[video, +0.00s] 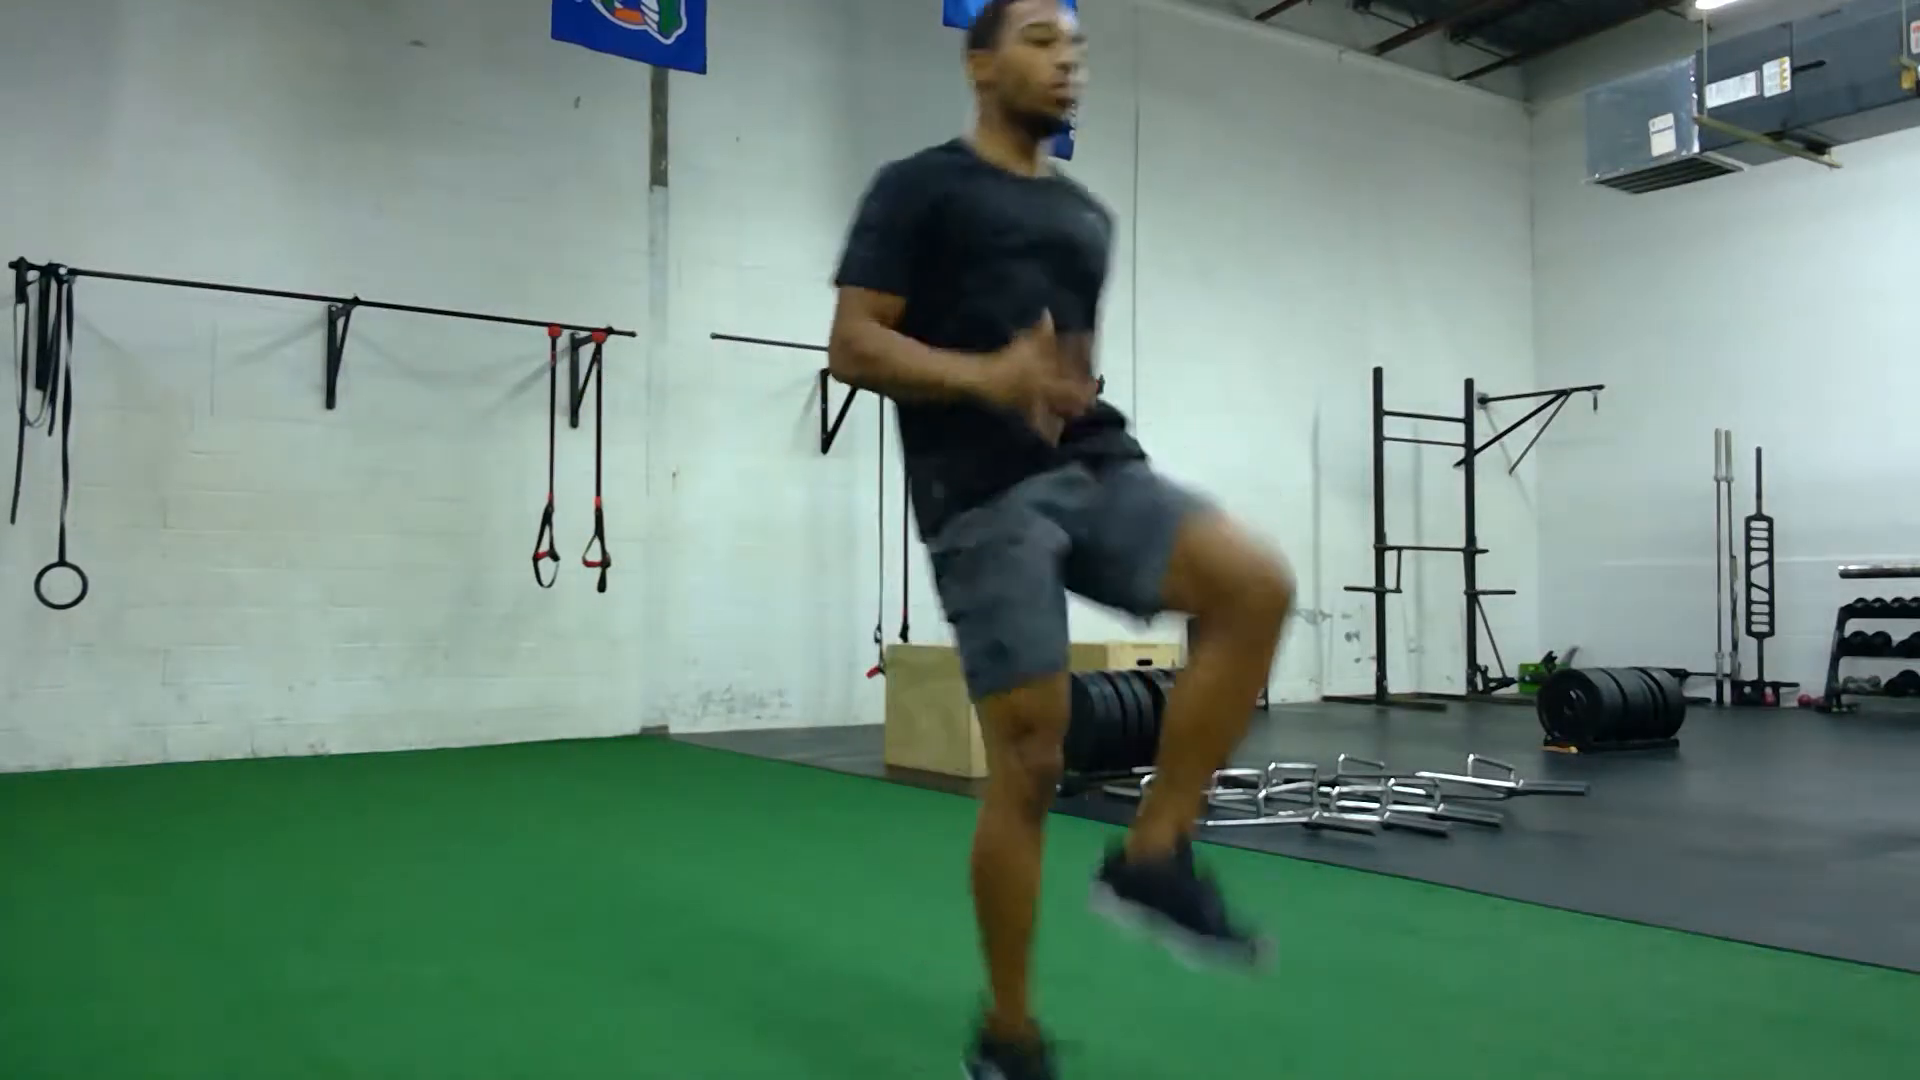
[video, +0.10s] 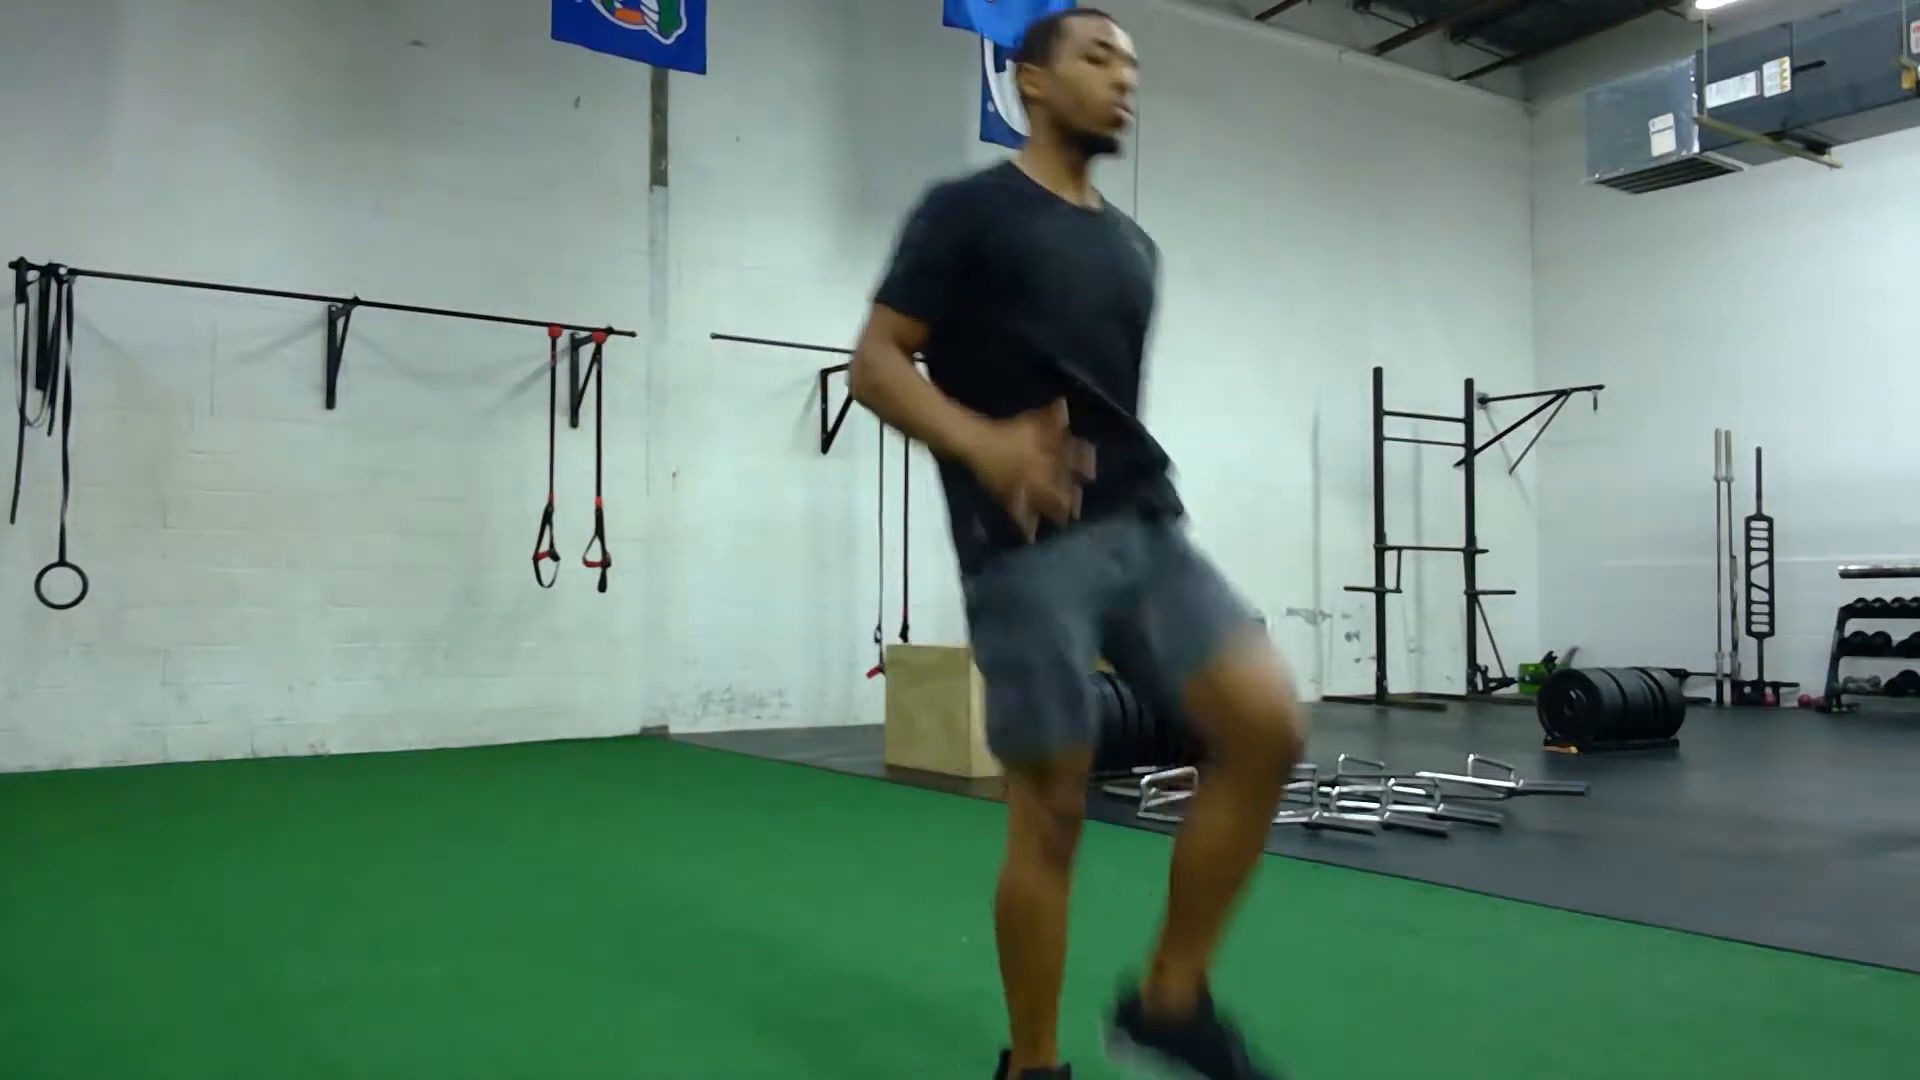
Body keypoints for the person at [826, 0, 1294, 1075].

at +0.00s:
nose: (1069, 61)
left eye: (1074, 44)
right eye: (1044, 41)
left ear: (1073, 67)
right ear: (981, 61)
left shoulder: (1083, 215)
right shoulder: (916, 188)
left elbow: (1075, 356)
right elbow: (850, 346)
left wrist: (1075, 411)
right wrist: (988, 373)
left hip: (1095, 479)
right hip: (984, 506)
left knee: (1254, 585)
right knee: (1028, 760)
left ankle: (1154, 856)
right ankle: (1009, 1031)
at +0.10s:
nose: (1127, 75)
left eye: (1130, 62)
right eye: (1100, 54)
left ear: (1125, 96)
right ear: (1030, 81)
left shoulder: (1132, 246)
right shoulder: (965, 209)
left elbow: (1098, 393)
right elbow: (872, 366)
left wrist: (1112, 481)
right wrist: (988, 444)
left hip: (1144, 532)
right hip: (1029, 551)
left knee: (1264, 727)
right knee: (1051, 812)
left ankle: (1170, 998)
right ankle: (1031, 1061)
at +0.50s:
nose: (1314, 89)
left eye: (1315, 69)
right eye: (1302, 59)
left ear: (1234, 55)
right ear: (1232, 48)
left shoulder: (1224, 197)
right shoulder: (1165, 163)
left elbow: (1285, 400)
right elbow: (1063, 327)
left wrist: (1436, 468)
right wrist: (1048, 520)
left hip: (1196, 556)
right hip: (1232, 548)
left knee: (1214, 823)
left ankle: (1179, 1048)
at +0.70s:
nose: (1360, 69)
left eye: (1356, 46)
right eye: (1354, 42)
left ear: (1248, 58)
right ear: (1319, 38)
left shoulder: (1213, 168)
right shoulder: (1304, 129)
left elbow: (1273, 400)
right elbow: (1228, 278)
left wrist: (1410, 514)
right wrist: (1283, 481)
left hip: (1211, 556)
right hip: (1319, 551)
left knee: (1248, 834)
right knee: (1394, 856)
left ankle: (1177, 1068)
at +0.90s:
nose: (1393, 35)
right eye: (1394, 26)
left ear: (1272, 40)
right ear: (1378, 21)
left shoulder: (1196, 177)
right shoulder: (1423, 113)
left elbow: (1172, 399)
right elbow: (1513, 247)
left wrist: (1196, 548)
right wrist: (1637, 464)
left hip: (1216, 541)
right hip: (1360, 537)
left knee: (1270, 820)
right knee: (1379, 858)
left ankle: (1213, 1067)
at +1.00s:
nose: (1399, 23)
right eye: (1398, 15)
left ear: (1270, 35)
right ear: (1387, 18)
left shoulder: (1205, 167)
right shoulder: (1474, 121)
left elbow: (1127, 381)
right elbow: (1599, 273)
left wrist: (1088, 531)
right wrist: (1697, 487)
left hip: (1228, 546)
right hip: (1397, 546)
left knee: (1217, 819)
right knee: (1378, 877)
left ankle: (1179, 1067)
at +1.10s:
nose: (1261, 46)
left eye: (1258, 34)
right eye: (1387, 17)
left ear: (1266, 33)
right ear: (1382, 20)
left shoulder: (1213, 154)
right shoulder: (1490, 136)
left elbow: (1106, 375)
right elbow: (1609, 325)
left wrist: (1040, 531)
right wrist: (1672, 525)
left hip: (1223, 546)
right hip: (1404, 553)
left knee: (1173, 828)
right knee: (1378, 878)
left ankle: (1126, 1066)